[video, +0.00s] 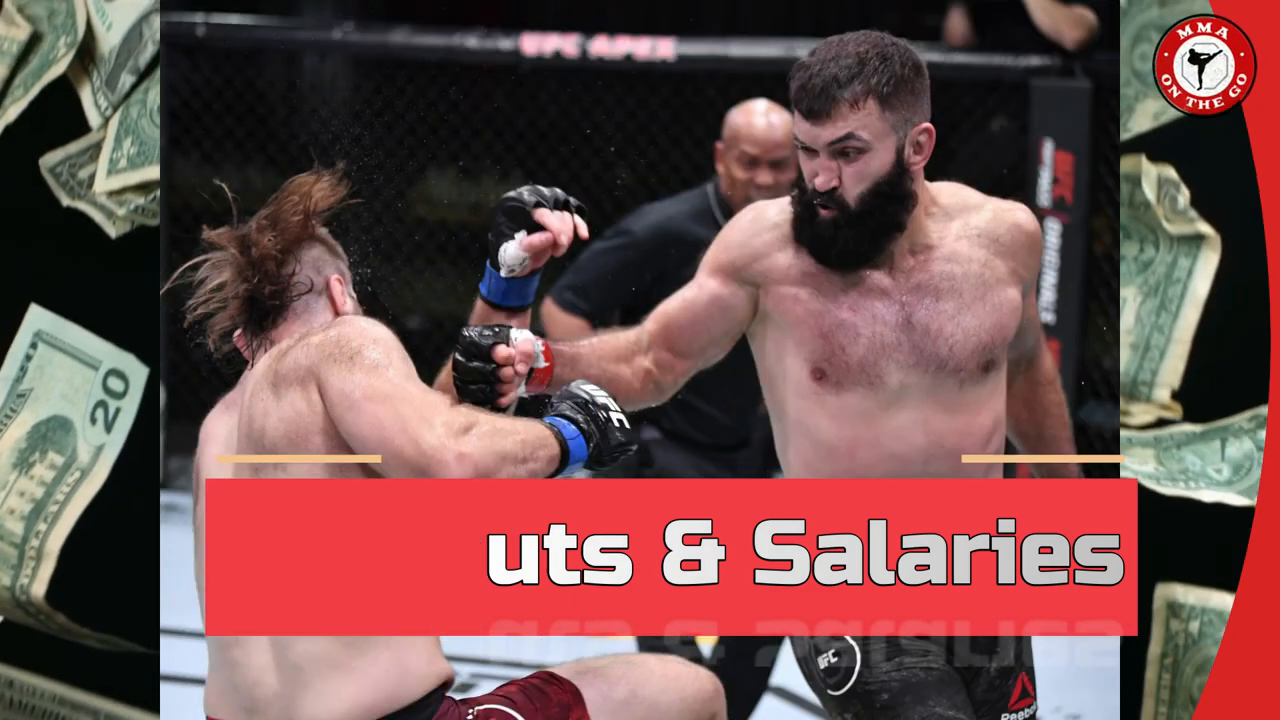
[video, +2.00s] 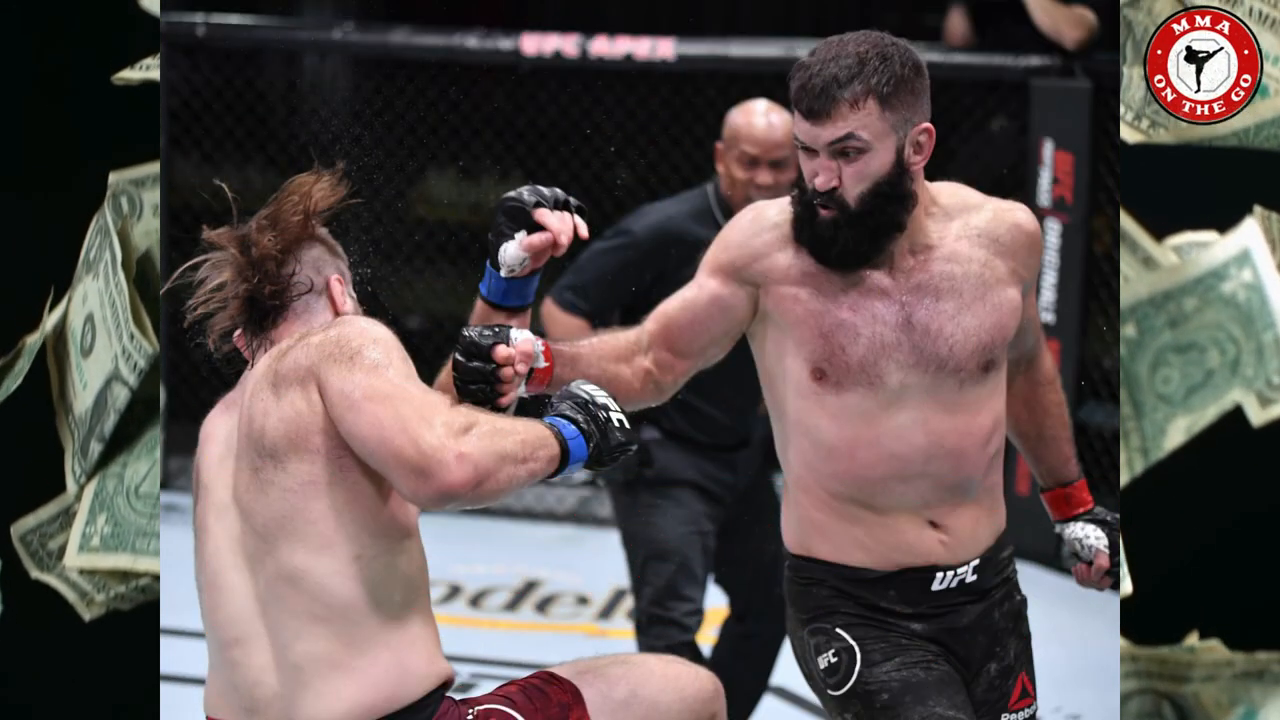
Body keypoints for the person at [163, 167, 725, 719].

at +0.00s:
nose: (363, 306)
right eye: (356, 289)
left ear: (243, 345)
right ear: (340, 291)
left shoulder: (216, 429)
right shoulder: (347, 345)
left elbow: (442, 425)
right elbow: (453, 456)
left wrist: (508, 284)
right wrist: (575, 432)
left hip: (237, 715)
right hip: (394, 709)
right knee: (691, 687)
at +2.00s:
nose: (363, 308)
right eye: (356, 290)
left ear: (243, 346)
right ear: (340, 290)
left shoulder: (217, 427)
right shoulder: (344, 346)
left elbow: (445, 428)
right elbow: (446, 467)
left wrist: (509, 282)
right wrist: (576, 431)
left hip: (238, 713)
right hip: (396, 709)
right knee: (691, 687)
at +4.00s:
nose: (364, 309)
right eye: (357, 292)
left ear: (242, 343)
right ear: (339, 292)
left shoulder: (217, 426)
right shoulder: (343, 346)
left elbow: (445, 427)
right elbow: (447, 467)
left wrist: (508, 283)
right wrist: (576, 430)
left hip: (238, 713)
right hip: (395, 709)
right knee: (691, 687)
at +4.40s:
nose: (364, 308)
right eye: (356, 292)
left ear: (242, 343)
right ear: (340, 292)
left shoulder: (217, 426)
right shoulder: (344, 346)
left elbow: (443, 428)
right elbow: (447, 467)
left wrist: (508, 283)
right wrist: (576, 431)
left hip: (239, 713)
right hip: (396, 710)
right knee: (692, 688)